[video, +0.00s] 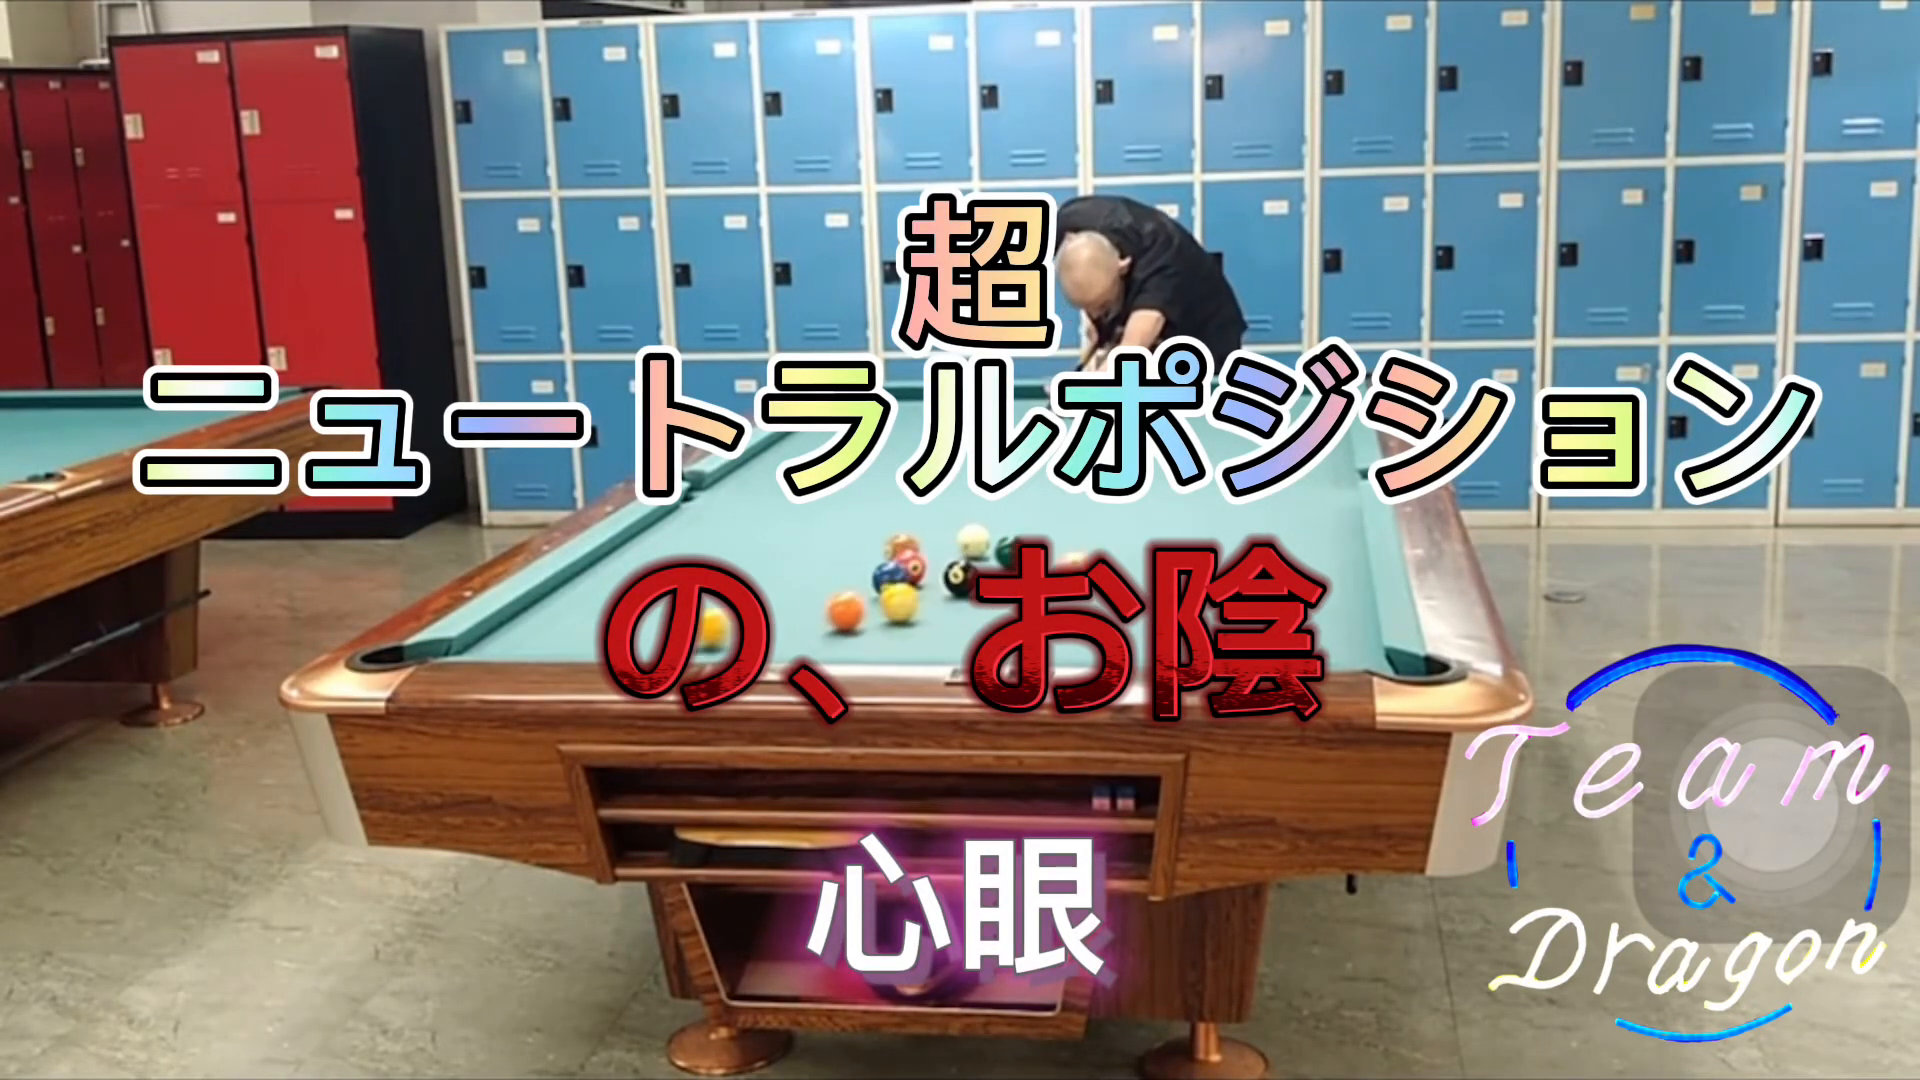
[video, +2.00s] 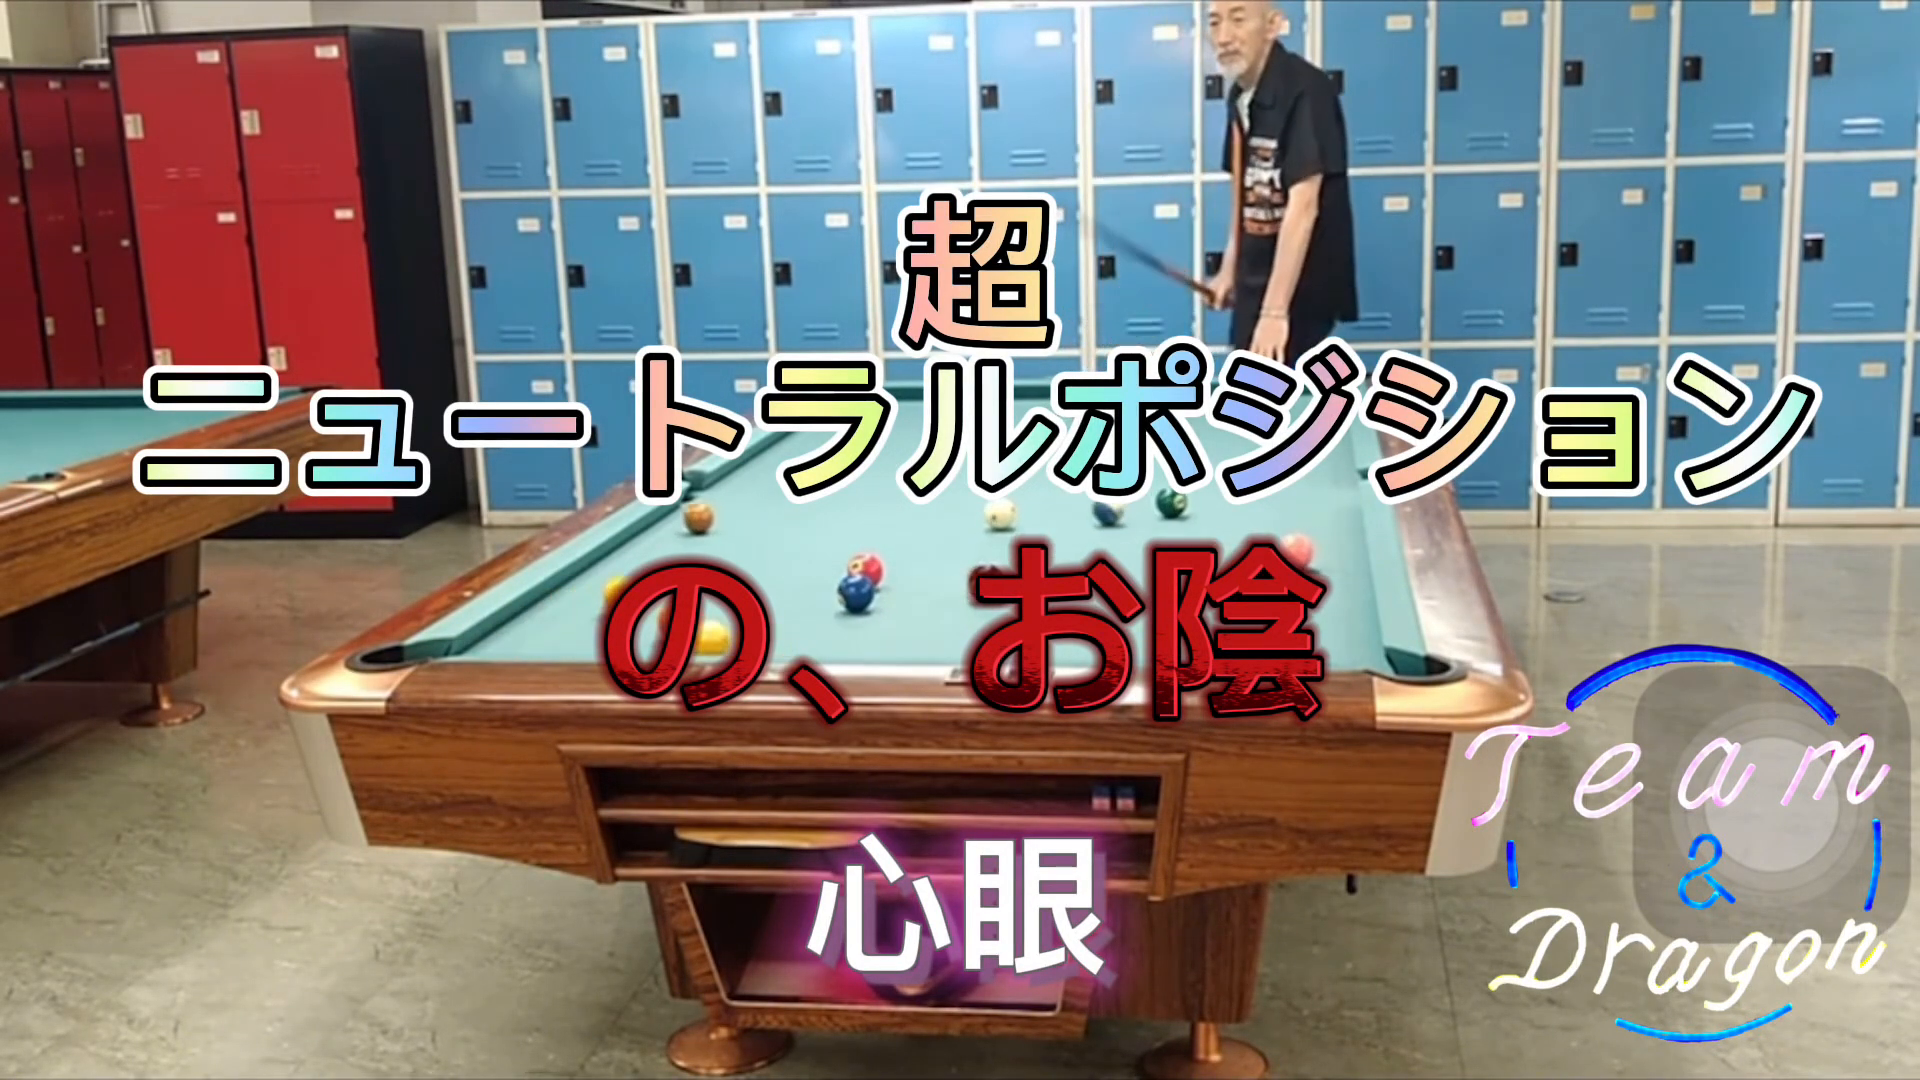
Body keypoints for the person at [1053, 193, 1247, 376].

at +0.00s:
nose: (1096, 318)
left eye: (1105, 306)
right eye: (1085, 309)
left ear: (1123, 267)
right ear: (1064, 269)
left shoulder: (1161, 256)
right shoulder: (1065, 223)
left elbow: (1131, 350)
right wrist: (1092, 323)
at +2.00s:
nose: (1223, 36)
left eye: (1238, 20)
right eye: (1215, 22)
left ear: (1274, 25)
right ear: (1208, 30)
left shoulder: (1307, 90)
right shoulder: (1241, 95)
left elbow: (1303, 207)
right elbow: (1245, 198)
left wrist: (1274, 312)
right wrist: (1229, 272)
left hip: (1302, 294)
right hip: (1255, 289)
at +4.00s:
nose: (1393, 47)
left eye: (1406, 26)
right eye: (1381, 33)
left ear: (1454, 18)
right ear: (1374, 38)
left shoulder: (1515, 93)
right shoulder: (1407, 108)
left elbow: (1532, 235)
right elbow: (1424, 223)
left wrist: (1447, 338)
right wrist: (1408, 309)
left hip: (1512, 335)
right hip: (1444, 336)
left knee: (1494, 504)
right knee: (1447, 500)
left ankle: (1507, 658)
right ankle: (1454, 651)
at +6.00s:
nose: (1319, 335)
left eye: (1327, 319)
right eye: (1310, 320)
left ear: (1381, 296)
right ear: (1372, 284)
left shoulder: (1441, 326)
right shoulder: (1417, 244)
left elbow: (1344, 415)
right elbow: (1500, 223)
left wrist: (1221, 469)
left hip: (1636, 374)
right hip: (1628, 347)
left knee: (1509, 542)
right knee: (1545, 531)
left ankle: (1509, 710)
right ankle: (1607, 691)